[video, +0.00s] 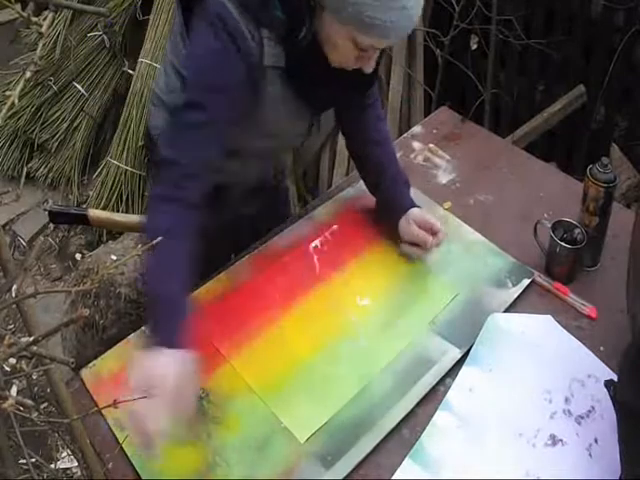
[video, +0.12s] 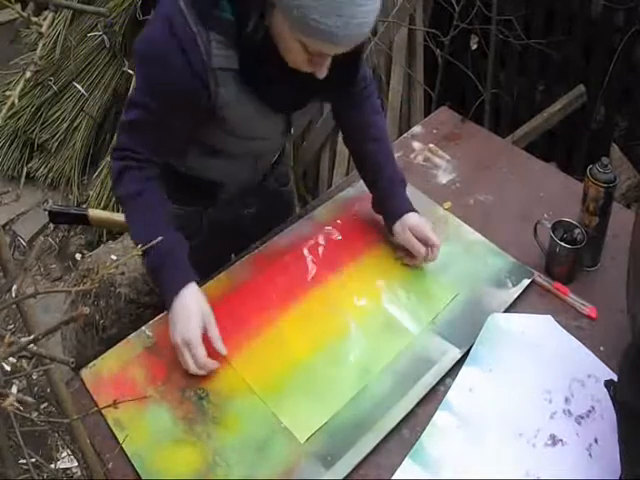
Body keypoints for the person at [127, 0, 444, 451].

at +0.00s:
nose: (367, 65)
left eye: (379, 52)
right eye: (359, 46)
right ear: (319, 10)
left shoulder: (346, 40)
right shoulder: (227, 33)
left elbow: (364, 120)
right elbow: (176, 190)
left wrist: (400, 206)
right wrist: (170, 342)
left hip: (266, 179)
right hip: (200, 185)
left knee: (277, 290)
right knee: (205, 306)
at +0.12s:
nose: (322, 71)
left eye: (336, 55)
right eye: (309, 51)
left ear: (355, 32)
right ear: (270, 11)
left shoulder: (331, 32)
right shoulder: (182, 42)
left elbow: (358, 103)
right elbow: (133, 162)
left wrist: (397, 208)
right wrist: (179, 286)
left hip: (267, 183)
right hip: (192, 199)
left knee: (288, 293)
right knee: (211, 315)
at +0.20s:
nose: (306, 40)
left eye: (319, 25)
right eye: (293, 24)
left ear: (335, 10)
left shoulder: (324, 19)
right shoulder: (168, 21)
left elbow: (348, 88)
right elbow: (141, 157)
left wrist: (398, 190)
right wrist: (189, 271)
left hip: (268, 179)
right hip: (195, 196)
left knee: (289, 298)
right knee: (212, 324)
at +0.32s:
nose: (312, 106)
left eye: (326, 88)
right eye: (298, 88)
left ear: (339, 53)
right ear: (260, 42)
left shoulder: (315, 30)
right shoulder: (167, 49)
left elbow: (342, 97)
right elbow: (142, 167)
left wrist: (378, 187)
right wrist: (188, 268)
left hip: (263, 183)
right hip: (191, 201)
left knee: (288, 293)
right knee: (209, 320)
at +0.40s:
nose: (307, 177)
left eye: (320, 165)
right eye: (295, 164)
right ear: (257, 114)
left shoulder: (326, 58)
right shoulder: (167, 83)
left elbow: (342, 110)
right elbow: (134, 177)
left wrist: (370, 186)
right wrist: (179, 267)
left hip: (262, 184)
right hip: (188, 197)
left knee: (278, 288)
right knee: (203, 305)